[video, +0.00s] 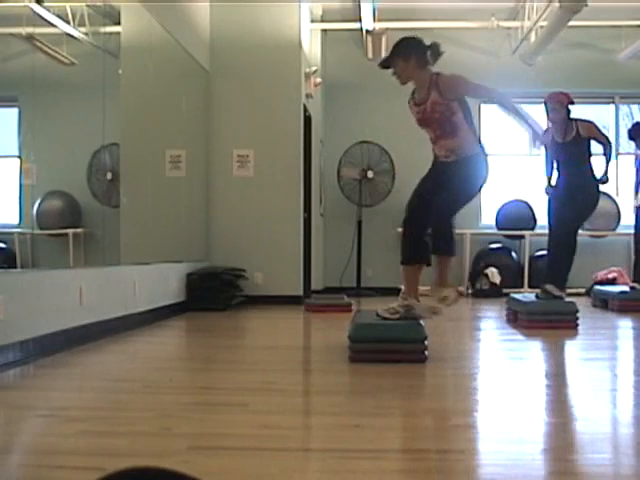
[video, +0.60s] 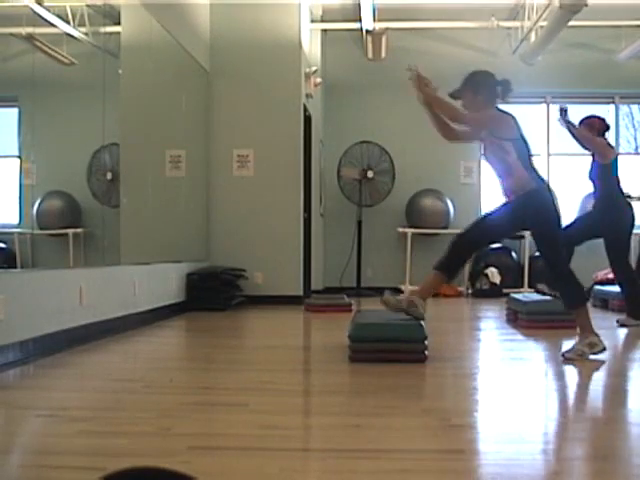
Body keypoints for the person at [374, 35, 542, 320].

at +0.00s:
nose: (393, 72)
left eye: (396, 65)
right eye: (392, 67)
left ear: (413, 61)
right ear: (410, 64)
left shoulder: (448, 84)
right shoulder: (414, 98)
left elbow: (497, 97)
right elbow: (440, 126)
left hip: (469, 164)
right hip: (441, 166)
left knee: (440, 213)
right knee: (413, 218)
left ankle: (443, 289)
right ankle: (409, 298)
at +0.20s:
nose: (394, 75)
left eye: (397, 68)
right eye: (393, 70)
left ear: (414, 64)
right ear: (412, 66)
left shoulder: (449, 86)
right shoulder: (417, 100)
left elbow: (499, 101)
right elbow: (445, 127)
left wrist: (533, 133)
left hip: (471, 168)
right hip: (442, 169)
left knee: (448, 222)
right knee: (412, 221)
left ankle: (449, 300)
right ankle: (408, 299)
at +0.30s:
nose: (410, 68)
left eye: (412, 61)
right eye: (408, 63)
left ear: (428, 55)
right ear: (423, 58)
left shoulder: (460, 80)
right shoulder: (430, 93)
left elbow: (479, 129)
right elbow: (431, 136)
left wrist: (460, 141)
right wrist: (417, 169)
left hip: (482, 159)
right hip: (455, 163)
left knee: (478, 227)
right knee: (431, 222)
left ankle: (496, 304)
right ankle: (410, 299)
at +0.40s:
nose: (426, 74)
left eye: (428, 67)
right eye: (425, 69)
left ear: (444, 62)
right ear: (440, 66)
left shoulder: (471, 88)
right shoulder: (443, 105)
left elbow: (455, 117)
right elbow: (419, 131)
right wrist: (380, 140)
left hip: (497, 169)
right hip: (470, 174)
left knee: (508, 232)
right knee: (437, 224)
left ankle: (541, 300)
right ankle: (410, 301)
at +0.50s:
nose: (446, 93)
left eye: (449, 86)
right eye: (444, 87)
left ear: (464, 82)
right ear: (460, 86)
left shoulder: (483, 103)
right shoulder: (464, 114)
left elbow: (436, 107)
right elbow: (425, 121)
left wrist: (399, 99)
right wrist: (389, 108)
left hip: (518, 192)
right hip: (493, 194)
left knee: (540, 258)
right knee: (446, 235)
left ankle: (578, 325)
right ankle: (410, 302)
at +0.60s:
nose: (464, 104)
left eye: (467, 98)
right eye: (463, 98)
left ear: (482, 95)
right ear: (484, 97)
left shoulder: (501, 120)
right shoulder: (486, 130)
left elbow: (460, 116)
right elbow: (450, 134)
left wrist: (428, 92)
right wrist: (427, 105)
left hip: (536, 201)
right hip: (518, 205)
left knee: (558, 268)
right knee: (465, 242)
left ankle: (589, 336)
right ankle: (417, 299)